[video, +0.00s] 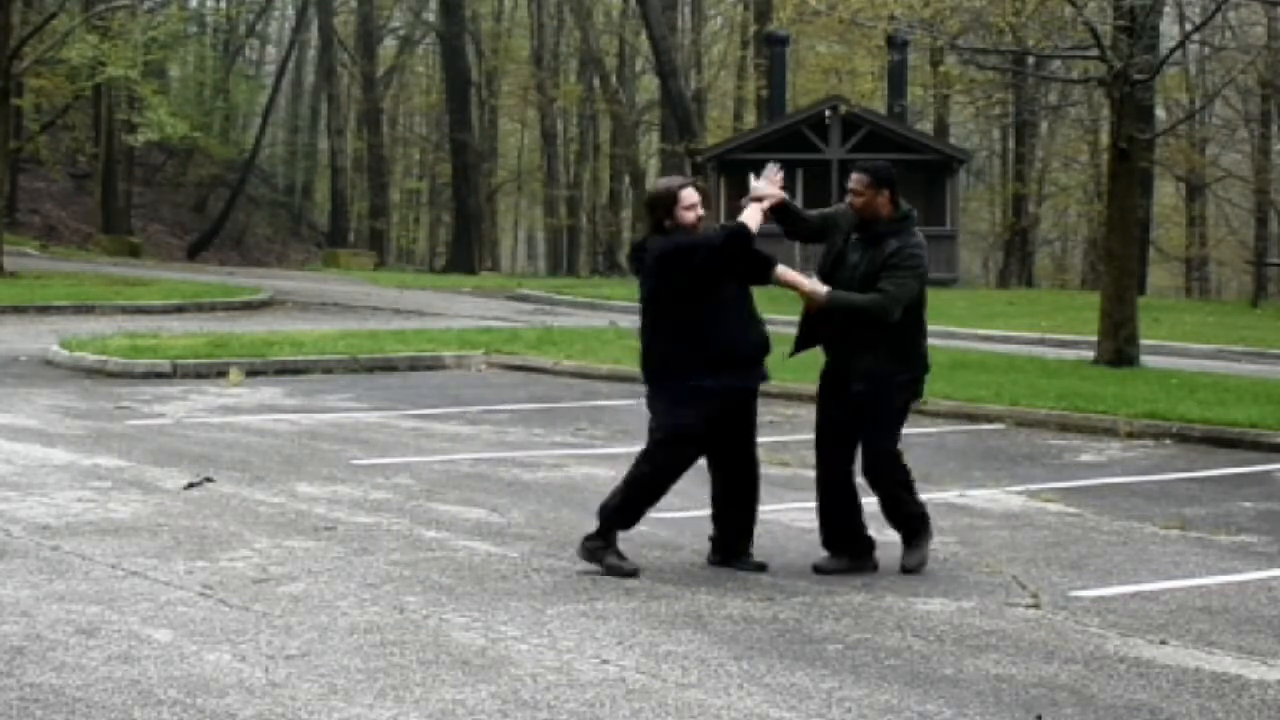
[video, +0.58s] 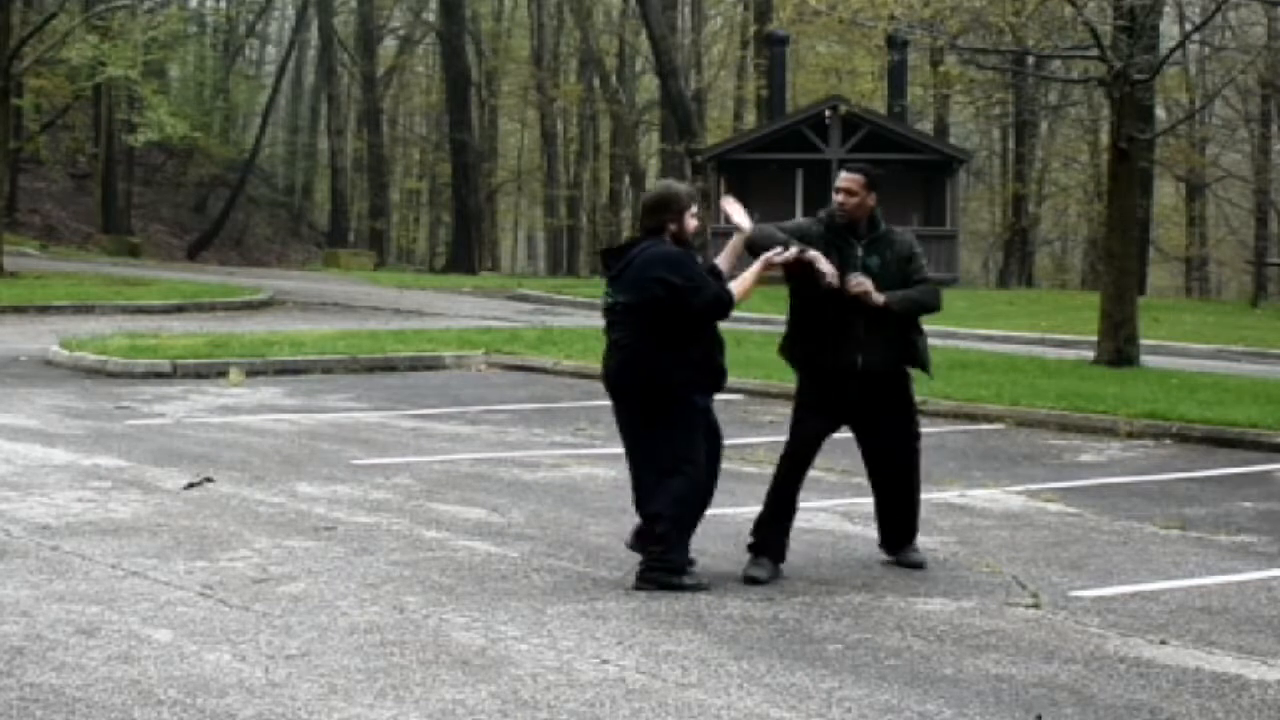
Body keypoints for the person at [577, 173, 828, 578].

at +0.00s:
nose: (699, 213)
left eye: (700, 206)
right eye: (689, 209)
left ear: (704, 208)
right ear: (667, 216)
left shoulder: (714, 245)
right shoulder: (662, 253)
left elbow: (763, 267)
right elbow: (730, 241)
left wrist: (805, 284)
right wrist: (759, 203)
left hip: (732, 378)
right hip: (683, 382)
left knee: (737, 468)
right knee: (664, 462)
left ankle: (731, 549)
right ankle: (602, 537)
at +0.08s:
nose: (707, 212)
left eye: (707, 205)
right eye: (699, 207)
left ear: (704, 210)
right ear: (675, 213)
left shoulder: (714, 249)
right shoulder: (664, 251)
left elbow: (752, 278)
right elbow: (733, 250)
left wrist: (802, 288)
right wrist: (775, 224)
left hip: (728, 378)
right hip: (677, 380)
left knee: (737, 467)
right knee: (670, 457)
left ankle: (731, 549)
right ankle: (622, 550)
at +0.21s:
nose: (725, 218)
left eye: (723, 210)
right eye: (717, 212)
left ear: (685, 218)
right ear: (695, 218)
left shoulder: (666, 255)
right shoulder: (699, 257)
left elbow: (737, 299)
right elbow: (749, 292)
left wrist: (801, 300)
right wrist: (780, 277)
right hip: (686, 384)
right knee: (681, 464)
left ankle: (728, 549)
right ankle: (649, 559)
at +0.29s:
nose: (728, 226)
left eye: (727, 218)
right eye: (722, 219)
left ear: (690, 225)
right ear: (701, 224)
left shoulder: (665, 262)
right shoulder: (702, 264)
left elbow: (732, 306)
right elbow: (744, 305)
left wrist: (799, 311)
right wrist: (782, 283)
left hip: (650, 382)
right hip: (683, 389)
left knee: (671, 467)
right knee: (689, 467)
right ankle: (659, 565)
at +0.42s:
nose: (726, 229)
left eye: (725, 221)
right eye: (721, 222)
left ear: (684, 226)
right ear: (700, 227)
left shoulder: (659, 262)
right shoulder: (695, 268)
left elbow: (703, 307)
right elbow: (737, 318)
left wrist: (751, 308)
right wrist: (775, 291)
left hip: (643, 384)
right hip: (675, 392)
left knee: (703, 466)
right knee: (692, 469)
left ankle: (722, 548)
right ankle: (661, 566)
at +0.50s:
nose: (714, 227)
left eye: (713, 218)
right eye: (710, 219)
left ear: (673, 223)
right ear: (692, 225)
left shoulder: (647, 261)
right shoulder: (684, 263)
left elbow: (687, 306)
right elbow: (726, 315)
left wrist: (723, 283)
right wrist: (766, 283)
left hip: (643, 386)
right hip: (671, 392)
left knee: (703, 459)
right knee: (692, 466)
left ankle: (708, 545)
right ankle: (662, 564)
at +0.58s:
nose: (697, 223)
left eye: (695, 214)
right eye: (692, 215)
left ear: (653, 221)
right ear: (673, 221)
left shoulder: (634, 260)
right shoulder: (672, 260)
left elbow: (709, 281)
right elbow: (718, 302)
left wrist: (740, 236)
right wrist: (760, 265)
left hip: (634, 385)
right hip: (674, 390)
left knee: (654, 462)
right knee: (698, 465)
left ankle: (659, 546)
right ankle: (663, 564)